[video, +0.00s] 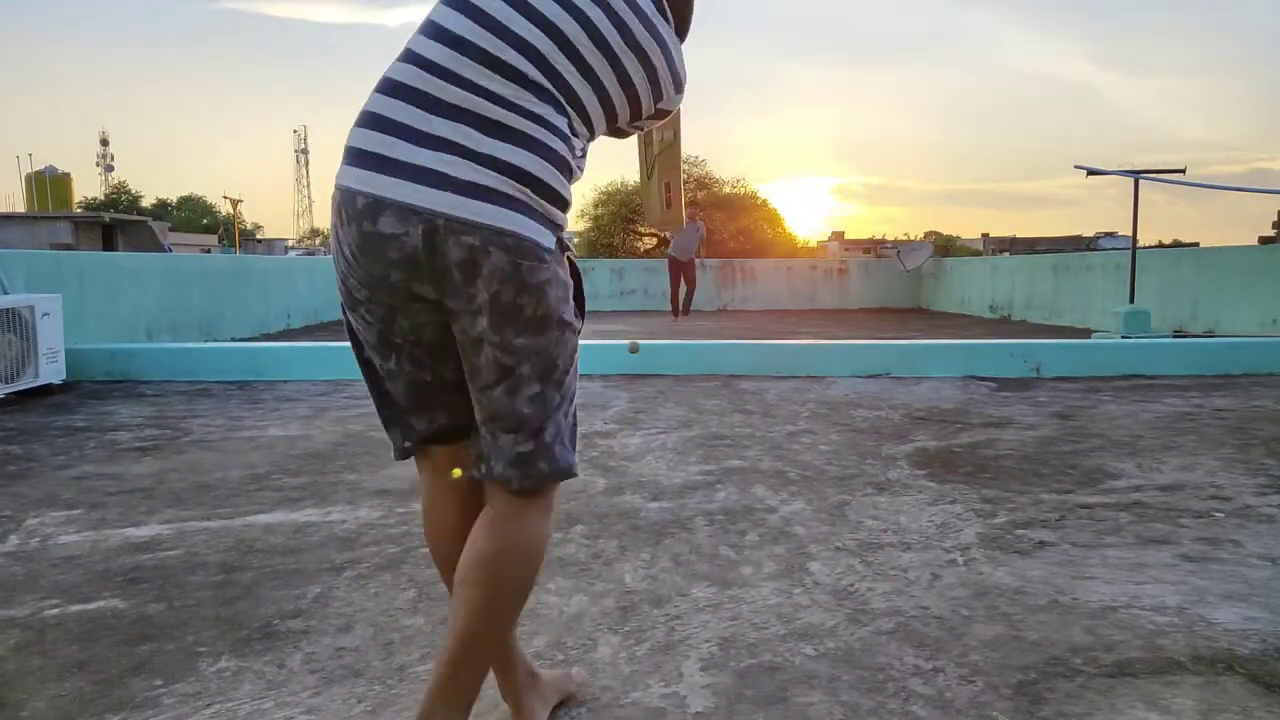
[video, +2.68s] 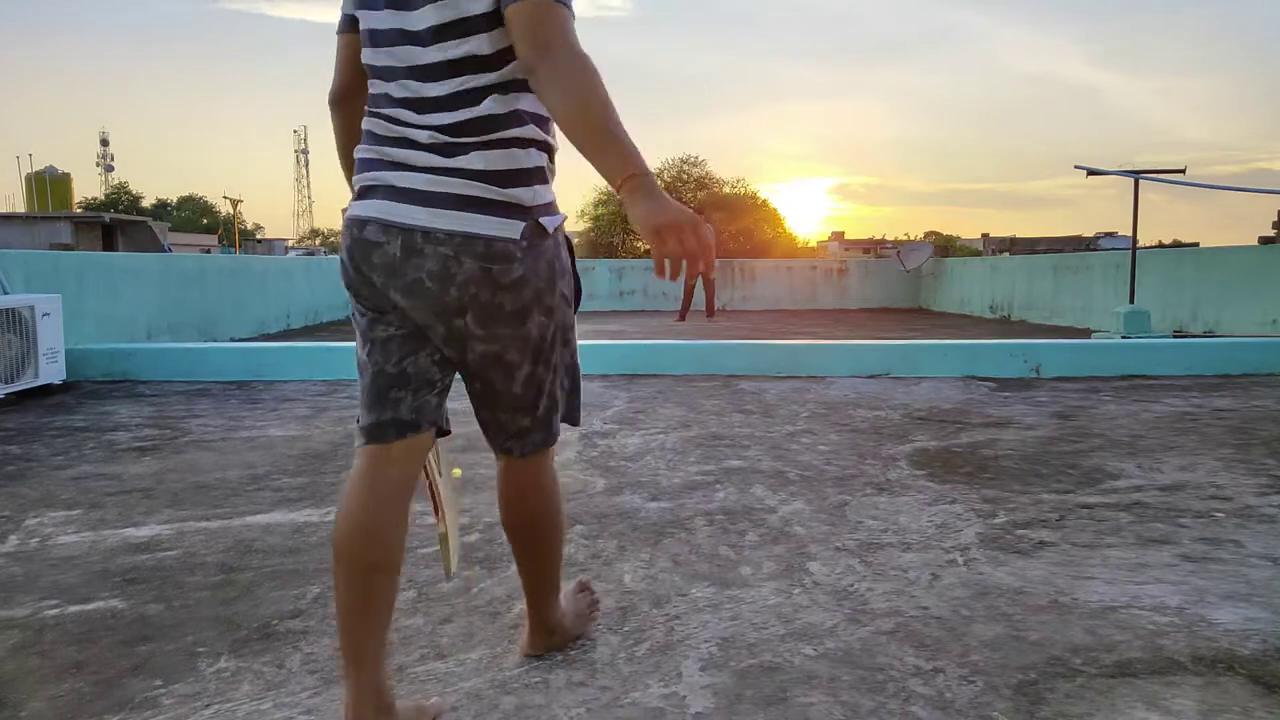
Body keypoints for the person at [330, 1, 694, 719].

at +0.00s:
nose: (683, 30)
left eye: (684, 20)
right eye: (684, 22)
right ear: (674, 8)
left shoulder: (494, 1)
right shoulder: (661, 58)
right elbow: (627, 120)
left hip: (370, 199)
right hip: (498, 224)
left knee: (445, 460)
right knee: (523, 484)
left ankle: (522, 686)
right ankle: (440, 710)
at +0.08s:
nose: (681, 32)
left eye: (683, 22)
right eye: (685, 24)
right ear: (677, 10)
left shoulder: (505, 0)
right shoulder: (663, 55)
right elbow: (676, 173)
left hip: (387, 200)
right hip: (516, 223)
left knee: (454, 458)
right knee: (559, 450)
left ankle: (516, 679)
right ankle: (538, 655)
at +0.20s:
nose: (687, 27)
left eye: (687, 19)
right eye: (690, 21)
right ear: (682, 7)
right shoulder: (665, 42)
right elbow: (652, 143)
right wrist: (645, 60)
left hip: (419, 207)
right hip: (545, 225)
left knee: (468, 449)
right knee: (586, 421)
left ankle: (527, 677)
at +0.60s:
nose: (719, 18)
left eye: (721, 13)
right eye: (722, 14)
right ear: (713, 5)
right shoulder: (710, 63)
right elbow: (646, 130)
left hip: (505, 229)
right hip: (605, 245)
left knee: (516, 417)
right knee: (629, 406)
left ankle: (527, 603)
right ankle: (638, 574)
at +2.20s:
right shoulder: (624, 4)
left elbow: (409, 91)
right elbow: (641, 130)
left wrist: (373, 194)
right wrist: (664, 229)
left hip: (469, 216)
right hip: (568, 218)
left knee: (491, 398)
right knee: (550, 413)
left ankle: (501, 565)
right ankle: (538, 616)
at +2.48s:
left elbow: (380, 83)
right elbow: (634, 90)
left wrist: (364, 192)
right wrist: (741, 198)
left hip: (434, 219)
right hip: (543, 218)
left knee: (450, 417)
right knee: (538, 427)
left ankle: (389, 615)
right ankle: (540, 615)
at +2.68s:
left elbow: (347, 94)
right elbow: (547, 52)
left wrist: (372, 197)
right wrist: (643, 191)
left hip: (379, 222)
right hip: (498, 230)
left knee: (385, 451)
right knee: (525, 444)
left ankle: (365, 699)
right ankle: (546, 618)